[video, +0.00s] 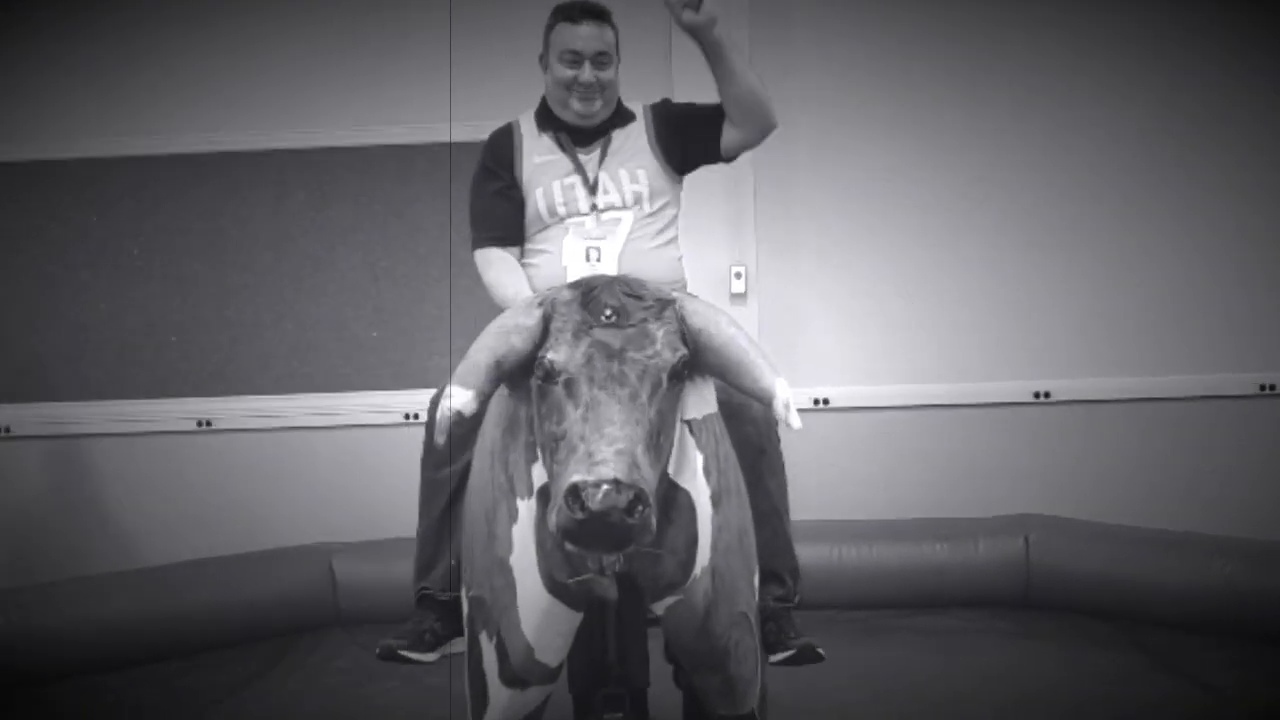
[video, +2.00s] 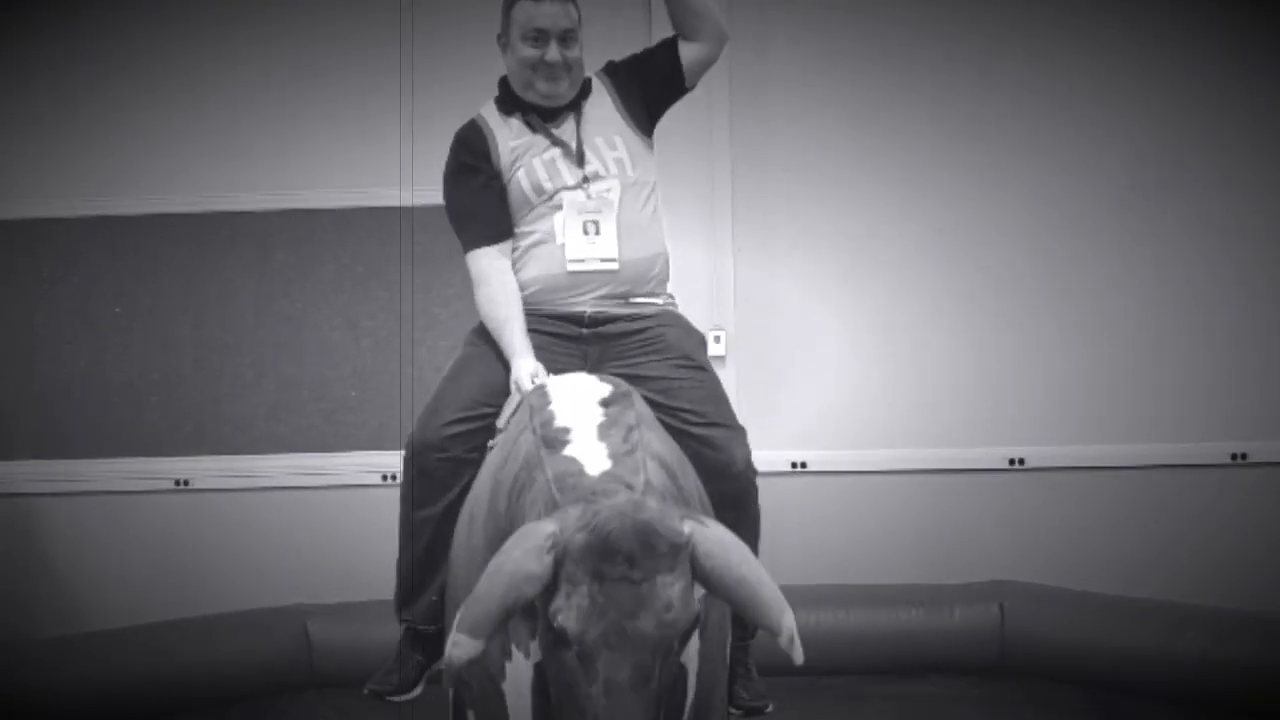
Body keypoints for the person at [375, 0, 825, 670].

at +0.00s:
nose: (585, 75)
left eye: (600, 60)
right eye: (569, 60)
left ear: (619, 65)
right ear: (543, 65)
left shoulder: (660, 129)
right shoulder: (511, 146)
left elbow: (754, 124)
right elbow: (493, 251)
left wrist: (709, 36)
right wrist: (537, 323)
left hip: (661, 311)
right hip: (550, 318)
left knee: (755, 407)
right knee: (451, 415)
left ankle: (774, 608)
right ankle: (440, 608)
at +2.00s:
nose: (553, 55)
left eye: (567, 38)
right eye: (535, 39)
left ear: (586, 39)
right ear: (502, 42)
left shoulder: (626, 92)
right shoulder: (479, 140)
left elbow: (707, 38)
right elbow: (490, 268)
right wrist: (521, 356)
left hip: (643, 325)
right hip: (530, 327)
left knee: (730, 465)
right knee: (434, 446)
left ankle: (734, 654)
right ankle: (421, 640)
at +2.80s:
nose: (512, 21)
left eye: (519, 11)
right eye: (488, 18)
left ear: (540, 31)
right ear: (461, 58)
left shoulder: (604, 96)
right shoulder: (465, 152)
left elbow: (688, 152)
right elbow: (486, 285)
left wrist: (793, 131)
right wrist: (522, 395)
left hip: (655, 343)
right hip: (528, 354)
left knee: (735, 510)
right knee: (433, 491)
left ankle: (733, 684)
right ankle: (428, 687)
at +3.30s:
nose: (503, 41)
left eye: (514, 23)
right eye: (479, 32)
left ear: (540, 39)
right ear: (453, 68)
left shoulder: (619, 111)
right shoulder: (458, 182)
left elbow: (702, 192)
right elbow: (478, 331)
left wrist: (791, 251)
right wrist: (518, 450)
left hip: (660, 394)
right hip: (525, 401)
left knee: (737, 572)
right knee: (421, 541)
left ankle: (751, 709)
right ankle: (412, 707)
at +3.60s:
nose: (495, 74)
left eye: (507, 52)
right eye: (469, 64)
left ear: (538, 66)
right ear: (448, 98)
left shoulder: (619, 127)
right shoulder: (448, 208)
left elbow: (707, 220)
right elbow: (473, 357)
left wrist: (726, 328)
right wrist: (514, 476)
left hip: (658, 419)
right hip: (518, 429)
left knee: (736, 599)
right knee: (413, 572)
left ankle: (749, 718)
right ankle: (409, 715)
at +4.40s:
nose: (539, 154)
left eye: (550, 135)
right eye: (517, 141)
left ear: (569, 144)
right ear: (489, 160)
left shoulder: (628, 207)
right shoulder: (467, 246)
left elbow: (701, 305)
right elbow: (465, 375)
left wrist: (649, 405)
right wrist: (515, 460)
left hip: (645, 432)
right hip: (521, 441)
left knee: (731, 576)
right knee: (420, 554)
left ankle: (754, 710)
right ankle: (412, 708)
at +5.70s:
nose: (545, 112)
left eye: (552, 100)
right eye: (525, 103)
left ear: (566, 116)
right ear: (496, 129)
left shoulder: (609, 178)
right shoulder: (472, 202)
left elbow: (666, 257)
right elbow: (468, 308)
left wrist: (630, 331)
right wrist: (502, 384)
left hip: (615, 363)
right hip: (508, 372)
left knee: (688, 480)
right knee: (432, 469)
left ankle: (716, 665)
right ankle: (420, 664)